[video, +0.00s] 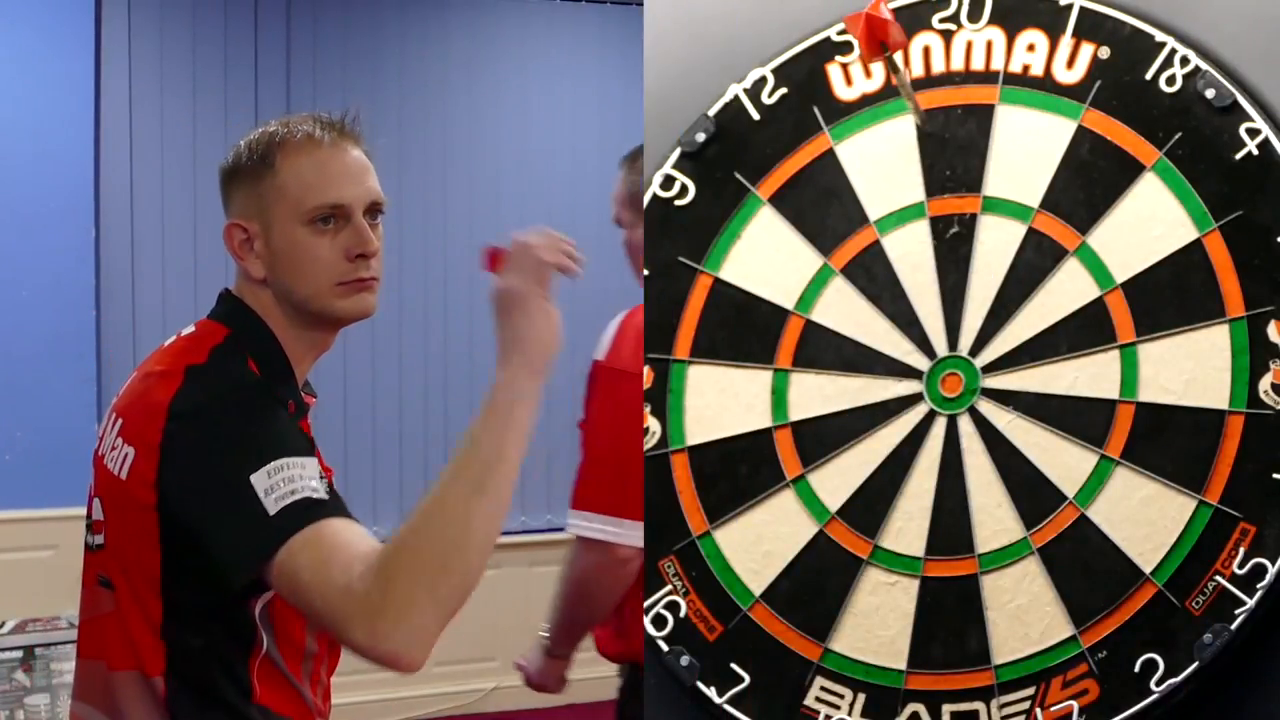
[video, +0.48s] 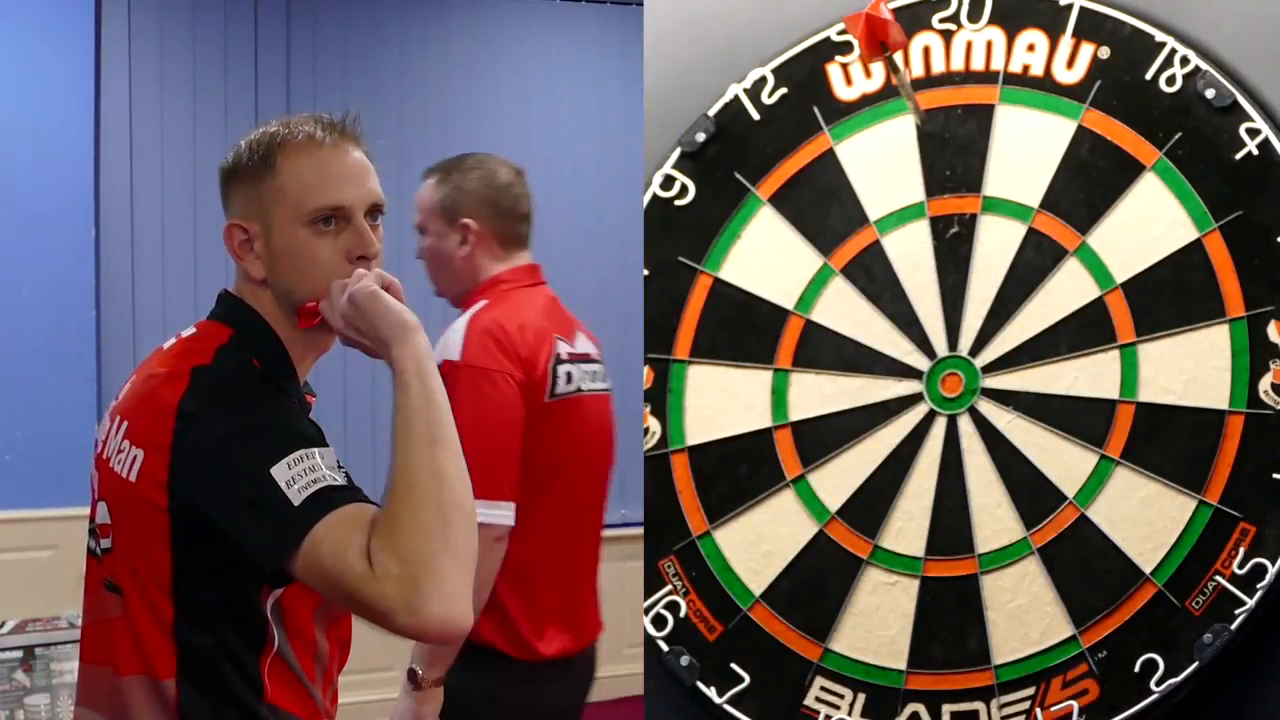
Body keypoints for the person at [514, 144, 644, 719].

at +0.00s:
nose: (624, 243)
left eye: (626, 225)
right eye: (621, 226)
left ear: (662, 223)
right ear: (686, 221)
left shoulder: (639, 335)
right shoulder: (770, 329)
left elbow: (615, 542)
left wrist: (556, 651)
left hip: (665, 665)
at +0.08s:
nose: (583, 246)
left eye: (584, 230)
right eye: (579, 230)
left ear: (619, 228)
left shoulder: (614, 336)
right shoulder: (734, 323)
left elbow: (578, 544)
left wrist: (511, 641)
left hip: (636, 671)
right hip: (730, 655)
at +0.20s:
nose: (543, 258)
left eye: (543, 240)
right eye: (538, 241)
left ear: (580, 237)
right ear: (644, 228)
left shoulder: (582, 343)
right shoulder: (702, 320)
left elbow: (548, 548)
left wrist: (473, 649)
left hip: (608, 672)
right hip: (705, 655)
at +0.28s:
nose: (502, 260)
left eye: (505, 244)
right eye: (500, 244)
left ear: (544, 244)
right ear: (602, 240)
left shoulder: (548, 347)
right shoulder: (657, 328)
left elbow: (518, 550)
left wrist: (447, 662)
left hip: (565, 676)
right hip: (655, 665)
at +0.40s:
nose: (459, 255)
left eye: (464, 238)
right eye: (459, 238)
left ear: (506, 242)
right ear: (559, 239)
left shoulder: (511, 344)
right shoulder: (625, 342)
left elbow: (499, 539)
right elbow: (633, 522)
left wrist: (430, 672)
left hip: (521, 677)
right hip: (604, 671)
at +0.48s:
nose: (418, 250)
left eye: (425, 233)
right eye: (418, 233)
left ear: (468, 237)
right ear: (494, 235)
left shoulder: (481, 336)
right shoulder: (568, 329)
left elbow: (485, 528)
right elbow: (573, 507)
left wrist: (424, 676)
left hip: (495, 669)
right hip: (560, 662)